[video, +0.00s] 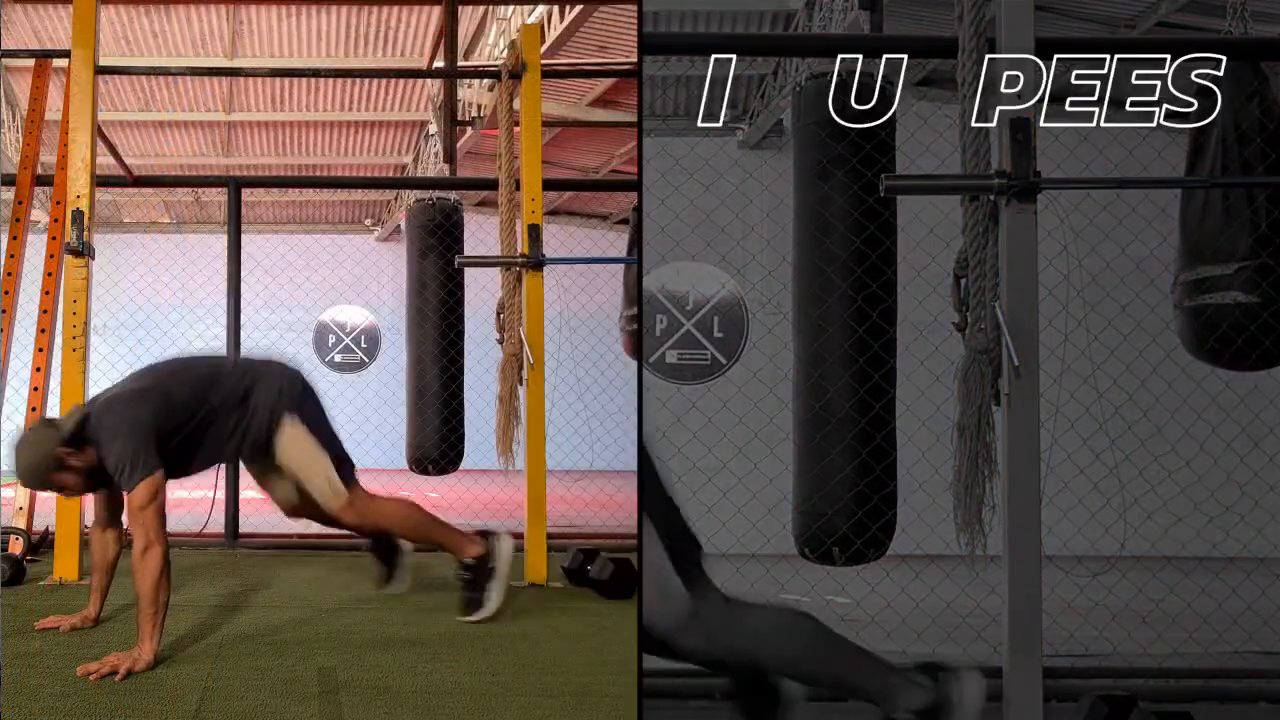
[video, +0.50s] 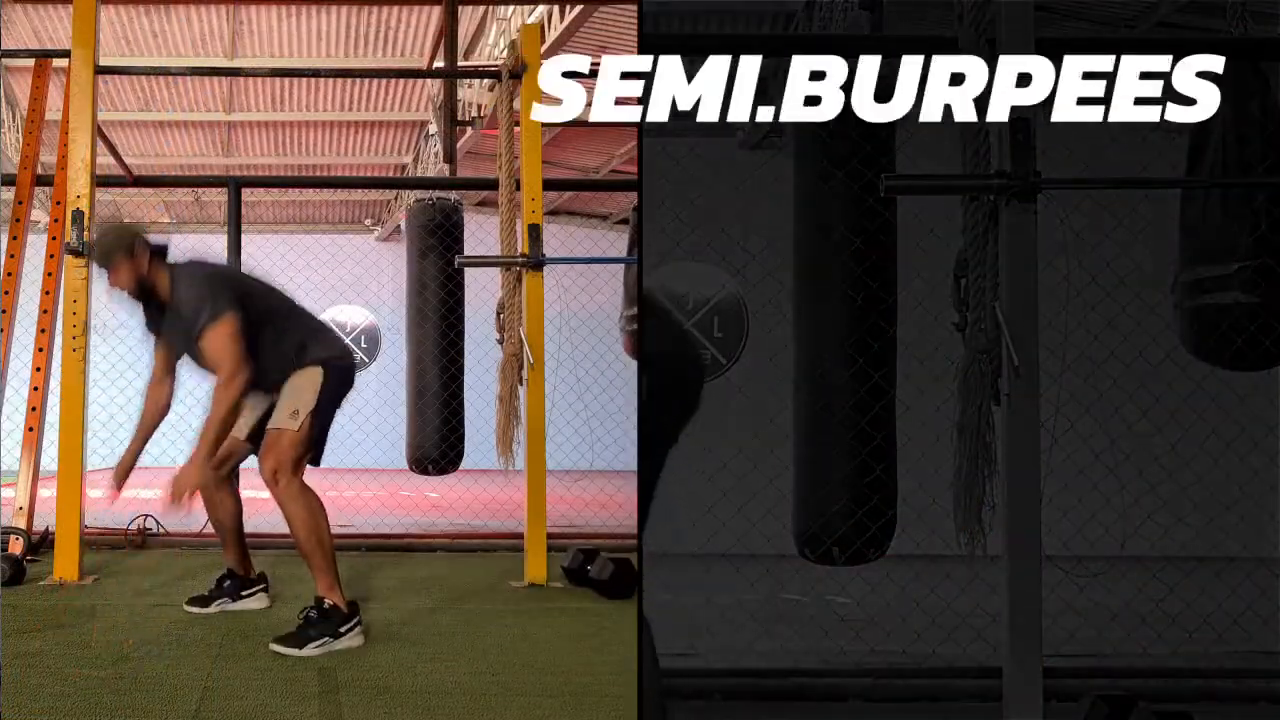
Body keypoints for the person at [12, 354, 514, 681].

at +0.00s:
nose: (69, 493)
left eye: (61, 484)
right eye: (58, 489)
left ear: (69, 459)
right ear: (65, 459)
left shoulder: (126, 432)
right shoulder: (90, 440)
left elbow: (150, 546)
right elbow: (106, 528)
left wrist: (145, 647)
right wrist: (92, 610)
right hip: (243, 423)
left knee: (344, 502)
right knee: (294, 502)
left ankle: (478, 548)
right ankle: (384, 531)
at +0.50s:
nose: (111, 282)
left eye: (112, 268)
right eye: (106, 272)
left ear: (139, 254)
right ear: (134, 259)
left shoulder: (196, 286)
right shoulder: (161, 305)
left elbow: (235, 374)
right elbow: (161, 382)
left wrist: (199, 461)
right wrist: (131, 455)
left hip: (317, 361)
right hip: (269, 377)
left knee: (278, 468)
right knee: (211, 468)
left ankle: (336, 608)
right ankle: (242, 578)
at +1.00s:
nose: (137, 172)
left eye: (140, 157)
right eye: (128, 162)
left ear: (171, 138)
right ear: (128, 161)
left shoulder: (234, 176)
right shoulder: (183, 205)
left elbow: (283, 261)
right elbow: (211, 282)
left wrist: (251, 344)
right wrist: (186, 355)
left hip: (283, 337)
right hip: (238, 342)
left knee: (291, 462)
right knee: (224, 460)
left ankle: (336, 606)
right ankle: (244, 575)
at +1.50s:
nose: (112, 496)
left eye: (108, 488)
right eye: (103, 493)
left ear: (115, 462)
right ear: (109, 456)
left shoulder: (158, 437)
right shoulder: (118, 433)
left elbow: (172, 553)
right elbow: (121, 531)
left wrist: (146, 651)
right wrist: (93, 613)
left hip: (284, 332)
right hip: (253, 351)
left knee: (303, 464)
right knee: (248, 464)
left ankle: (389, 575)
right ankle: (312, 541)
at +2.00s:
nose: (56, 491)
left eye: (50, 482)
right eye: (46, 486)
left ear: (61, 455)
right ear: (56, 452)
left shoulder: (123, 432)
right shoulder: (82, 439)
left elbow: (149, 546)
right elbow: (101, 526)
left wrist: (145, 649)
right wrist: (91, 608)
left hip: (269, 407)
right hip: (242, 433)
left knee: (348, 509)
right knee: (295, 506)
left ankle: (484, 552)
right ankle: (392, 535)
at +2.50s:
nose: (123, 308)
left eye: (124, 295)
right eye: (116, 299)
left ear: (149, 278)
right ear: (139, 287)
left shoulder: (205, 306)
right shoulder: (160, 325)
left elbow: (236, 397)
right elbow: (156, 401)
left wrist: (194, 493)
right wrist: (134, 470)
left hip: (325, 361)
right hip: (274, 379)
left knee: (291, 466)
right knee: (219, 470)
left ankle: (340, 607)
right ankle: (242, 577)